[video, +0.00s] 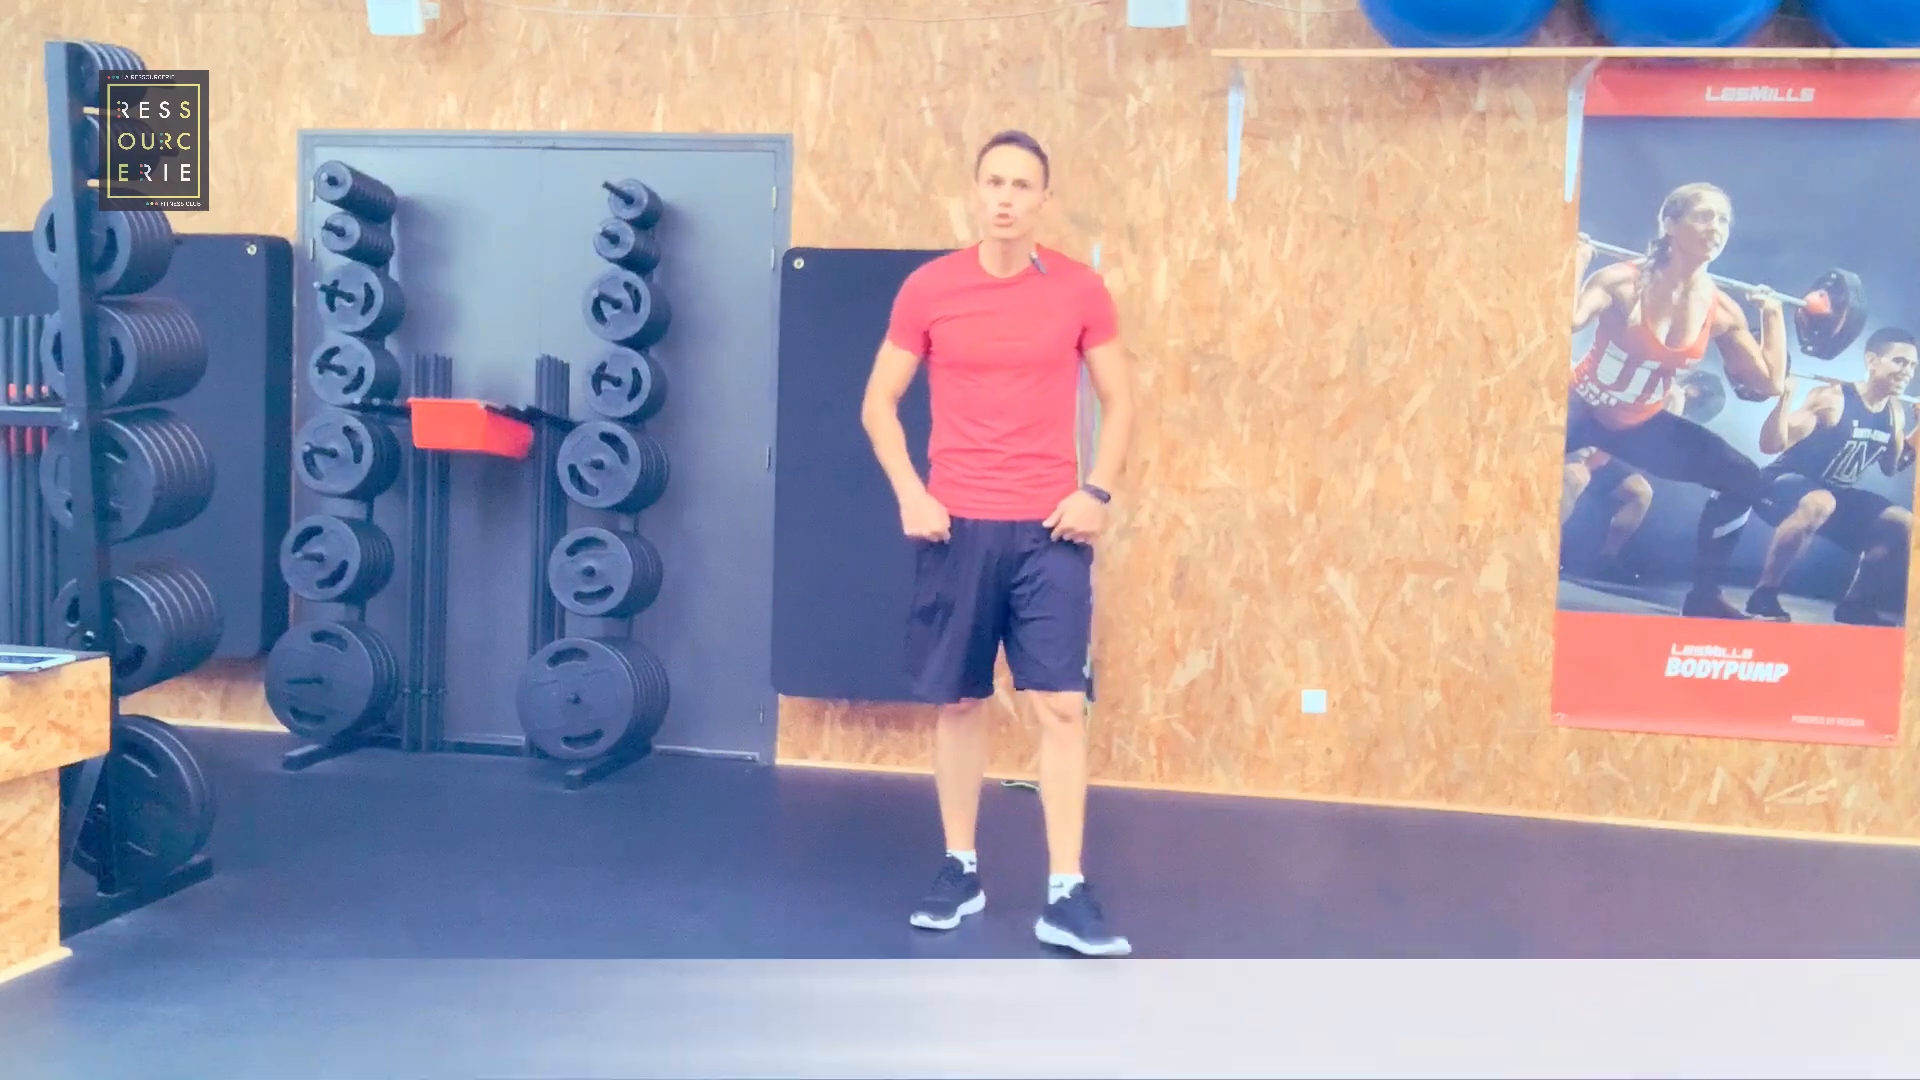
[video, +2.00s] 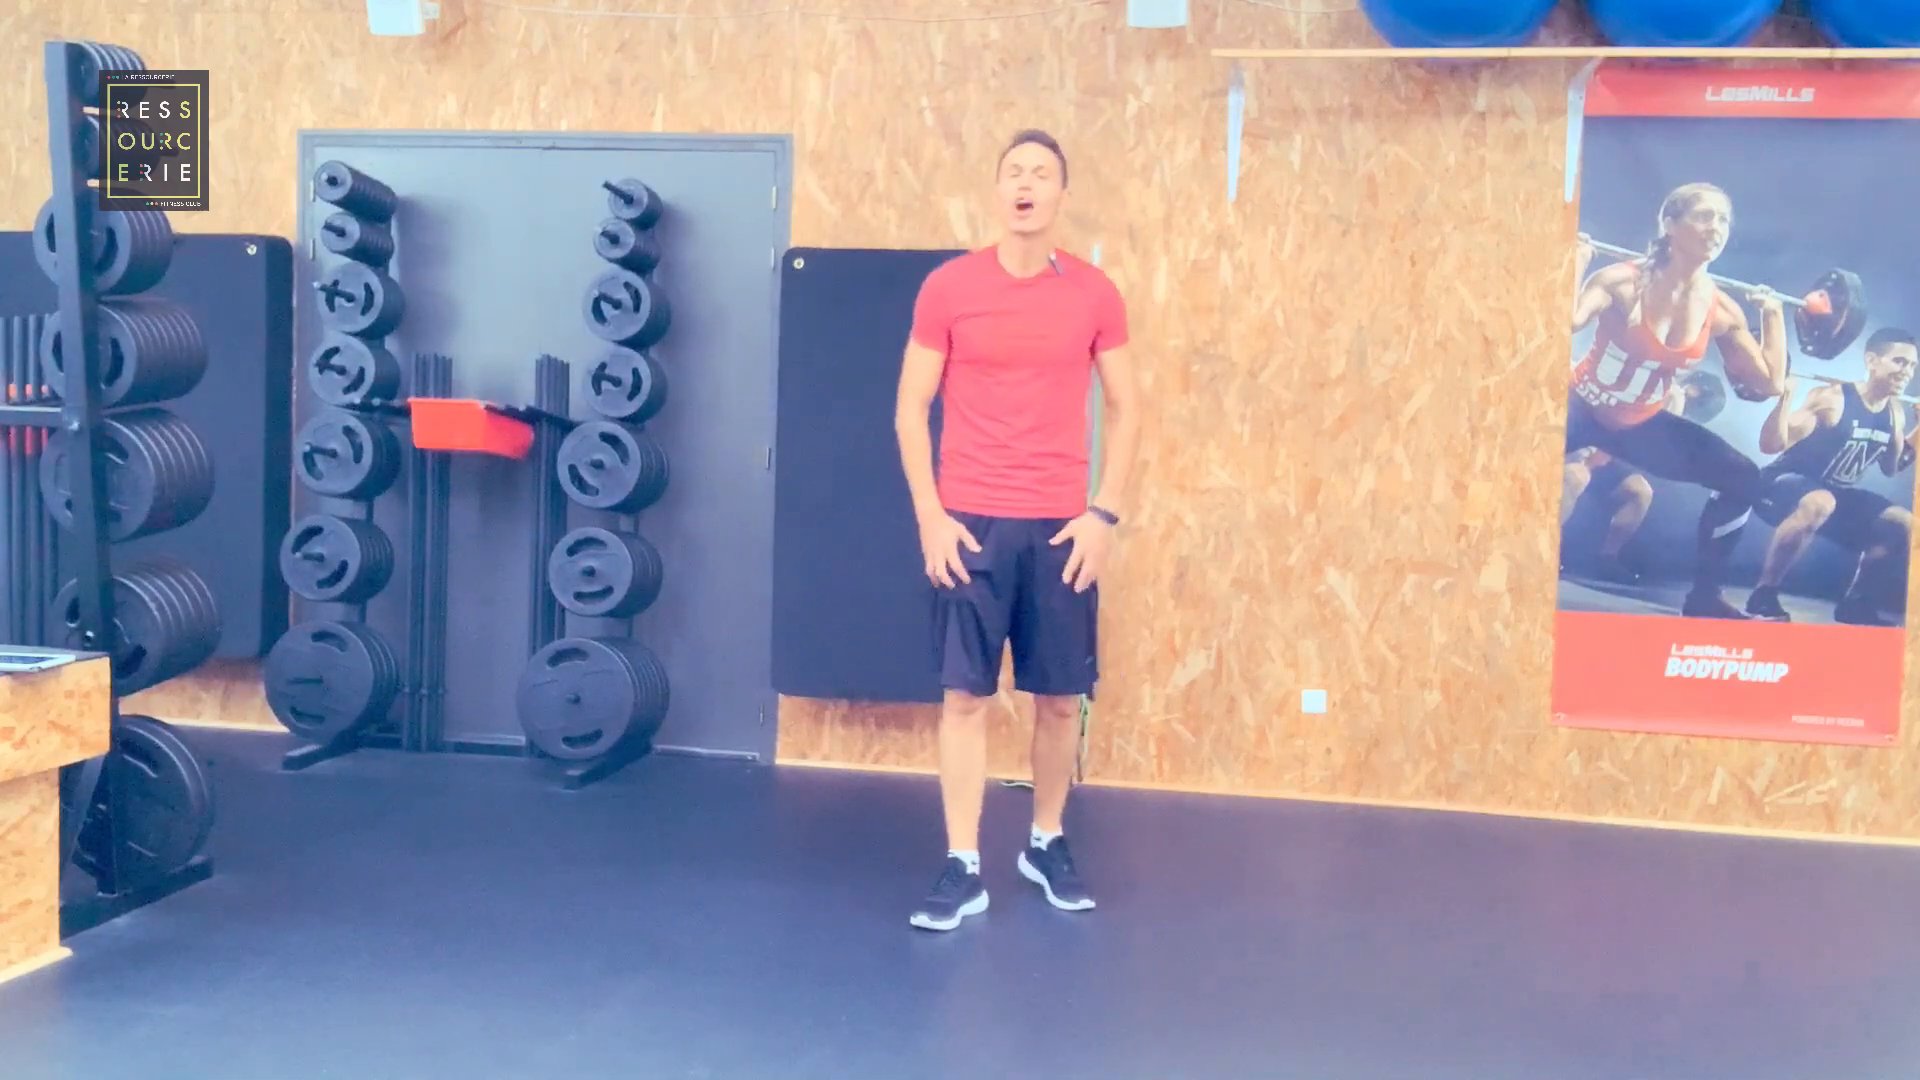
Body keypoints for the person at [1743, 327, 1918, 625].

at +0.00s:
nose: (1906, 371)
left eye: (1912, 365)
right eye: (1899, 361)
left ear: (1914, 371)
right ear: (1872, 361)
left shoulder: (1894, 411)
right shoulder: (1831, 397)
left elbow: (1891, 466)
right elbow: (1769, 444)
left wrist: (1913, 437)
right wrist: (1784, 398)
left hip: (1838, 495)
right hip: (1785, 481)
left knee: (1904, 524)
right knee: (1821, 502)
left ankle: (1854, 605)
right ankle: (1764, 595)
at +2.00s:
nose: (1906, 372)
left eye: (1911, 365)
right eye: (1899, 361)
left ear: (1913, 371)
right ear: (1872, 361)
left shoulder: (1894, 412)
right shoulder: (1830, 397)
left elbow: (1891, 467)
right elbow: (1769, 444)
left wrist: (1912, 440)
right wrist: (1784, 397)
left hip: (1839, 495)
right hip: (1786, 481)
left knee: (1905, 524)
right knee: (1821, 502)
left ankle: (1855, 604)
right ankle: (1763, 596)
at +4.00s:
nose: (1906, 371)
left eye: (1911, 365)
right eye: (1899, 361)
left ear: (1914, 371)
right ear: (1872, 361)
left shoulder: (1894, 411)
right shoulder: (1831, 397)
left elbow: (1891, 466)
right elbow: (1769, 444)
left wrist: (1915, 436)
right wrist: (1785, 397)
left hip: (1839, 495)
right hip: (1785, 482)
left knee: (1904, 524)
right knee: (1821, 502)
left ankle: (1854, 604)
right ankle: (1764, 595)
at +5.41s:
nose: (1906, 372)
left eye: (1911, 365)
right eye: (1899, 361)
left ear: (1914, 371)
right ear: (1872, 361)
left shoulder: (1894, 412)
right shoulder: (1830, 397)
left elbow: (1891, 466)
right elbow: (1769, 444)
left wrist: (1912, 438)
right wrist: (1785, 396)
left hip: (1839, 495)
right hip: (1786, 482)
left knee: (1905, 524)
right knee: (1821, 502)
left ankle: (1854, 604)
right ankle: (1764, 595)